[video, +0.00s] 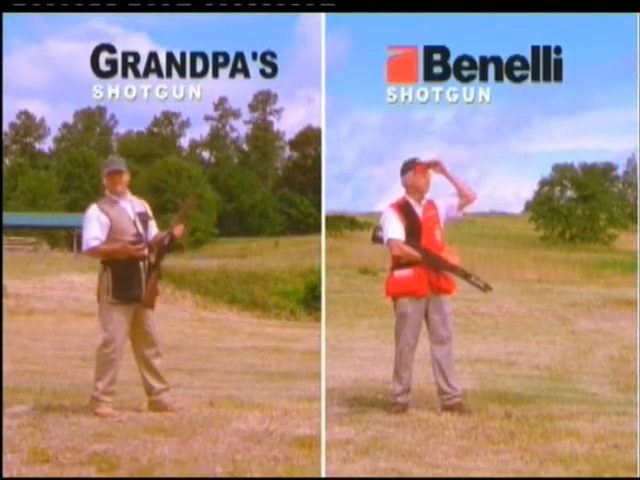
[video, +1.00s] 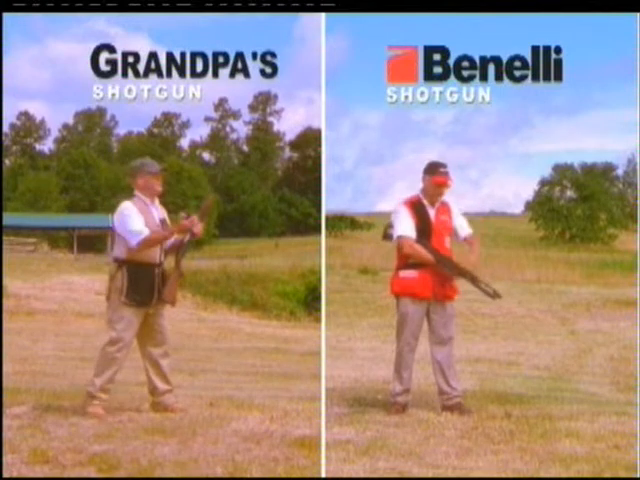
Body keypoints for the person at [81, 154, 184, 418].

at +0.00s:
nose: (115, 180)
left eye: (119, 174)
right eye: (110, 175)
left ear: (128, 177)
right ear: (104, 180)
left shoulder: (141, 206)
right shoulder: (98, 211)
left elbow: (153, 241)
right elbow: (90, 247)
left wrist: (170, 236)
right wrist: (123, 250)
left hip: (142, 283)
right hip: (114, 283)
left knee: (148, 343)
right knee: (113, 342)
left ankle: (158, 396)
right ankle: (101, 399)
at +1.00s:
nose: (159, 182)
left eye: (159, 177)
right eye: (154, 178)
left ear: (157, 182)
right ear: (139, 181)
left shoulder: (158, 210)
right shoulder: (126, 210)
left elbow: (166, 244)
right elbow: (140, 240)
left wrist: (186, 235)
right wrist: (175, 231)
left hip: (154, 273)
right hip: (129, 272)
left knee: (156, 341)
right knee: (120, 338)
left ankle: (162, 396)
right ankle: (96, 396)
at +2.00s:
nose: (173, 217)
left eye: (172, 211)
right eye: (169, 212)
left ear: (158, 216)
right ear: (154, 215)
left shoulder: (164, 239)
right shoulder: (136, 244)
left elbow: (161, 271)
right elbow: (110, 276)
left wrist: (186, 268)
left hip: (145, 296)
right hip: (122, 298)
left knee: (166, 341)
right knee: (134, 359)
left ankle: (163, 396)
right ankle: (94, 398)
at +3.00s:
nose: (129, 177)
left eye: (129, 173)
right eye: (122, 173)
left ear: (128, 178)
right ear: (109, 181)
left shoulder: (136, 198)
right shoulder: (105, 204)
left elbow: (169, 189)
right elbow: (134, 206)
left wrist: (175, 158)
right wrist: (140, 176)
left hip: (146, 268)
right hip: (120, 270)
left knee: (156, 338)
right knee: (113, 338)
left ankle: (163, 395)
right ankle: (95, 398)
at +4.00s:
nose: (165, 184)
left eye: (166, 180)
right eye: (161, 179)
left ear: (164, 183)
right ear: (146, 180)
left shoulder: (163, 202)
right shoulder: (133, 200)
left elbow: (197, 203)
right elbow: (161, 212)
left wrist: (210, 177)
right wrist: (174, 186)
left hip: (154, 269)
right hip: (129, 267)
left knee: (157, 339)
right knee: (114, 337)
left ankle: (162, 397)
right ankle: (95, 397)